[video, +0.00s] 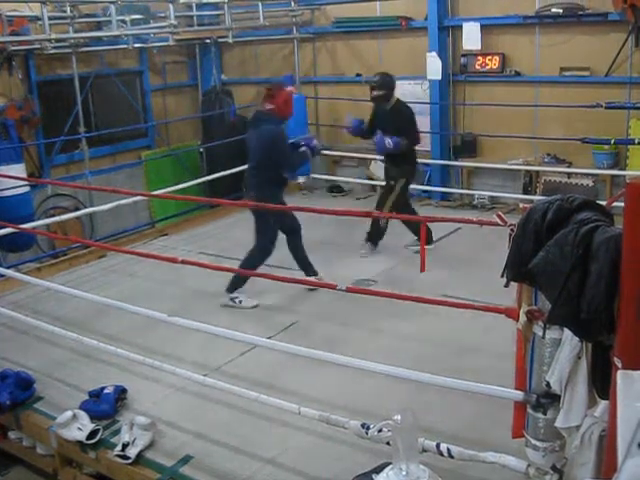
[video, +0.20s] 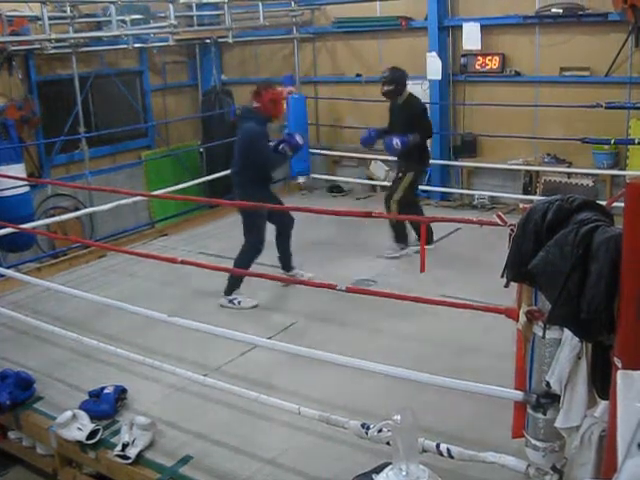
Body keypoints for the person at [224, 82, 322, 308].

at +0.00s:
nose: (291, 108)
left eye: (291, 103)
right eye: (289, 103)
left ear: (270, 104)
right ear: (280, 105)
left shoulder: (258, 125)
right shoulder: (273, 131)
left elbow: (274, 154)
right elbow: (289, 164)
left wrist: (297, 145)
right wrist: (308, 152)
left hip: (260, 192)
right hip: (267, 195)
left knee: (292, 229)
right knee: (265, 245)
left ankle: (311, 275)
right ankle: (232, 290)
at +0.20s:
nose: (280, 108)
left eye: (280, 103)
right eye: (277, 103)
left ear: (262, 104)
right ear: (265, 104)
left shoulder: (255, 126)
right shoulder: (254, 130)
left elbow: (257, 156)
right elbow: (267, 164)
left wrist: (277, 148)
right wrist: (288, 150)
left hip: (258, 191)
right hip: (250, 193)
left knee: (285, 221)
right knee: (254, 243)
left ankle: (288, 270)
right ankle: (230, 293)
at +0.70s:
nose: (281, 112)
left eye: (283, 108)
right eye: (278, 107)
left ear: (279, 108)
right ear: (268, 106)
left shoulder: (267, 124)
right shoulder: (251, 124)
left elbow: (279, 144)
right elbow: (273, 147)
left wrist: (295, 129)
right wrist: (293, 134)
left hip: (248, 181)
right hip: (230, 181)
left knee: (267, 222)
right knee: (235, 230)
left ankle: (268, 270)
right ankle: (220, 277)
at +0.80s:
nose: (277, 112)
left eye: (278, 108)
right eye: (275, 108)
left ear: (266, 106)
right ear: (266, 106)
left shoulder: (261, 123)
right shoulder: (246, 124)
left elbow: (279, 143)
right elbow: (276, 145)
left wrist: (290, 117)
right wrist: (288, 122)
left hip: (247, 181)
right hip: (227, 181)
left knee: (263, 222)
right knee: (229, 229)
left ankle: (269, 269)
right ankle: (214, 270)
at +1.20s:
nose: (243, 112)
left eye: (244, 107)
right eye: (239, 108)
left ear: (244, 107)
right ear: (228, 109)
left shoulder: (242, 123)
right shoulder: (212, 126)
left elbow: (255, 146)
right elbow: (218, 154)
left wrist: (263, 127)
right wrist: (238, 133)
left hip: (237, 180)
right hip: (213, 182)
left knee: (256, 219)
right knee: (208, 224)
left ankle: (269, 265)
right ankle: (203, 265)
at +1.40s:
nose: (242, 111)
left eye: (244, 107)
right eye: (238, 107)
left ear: (245, 108)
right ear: (227, 106)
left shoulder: (245, 123)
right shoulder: (213, 124)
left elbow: (259, 148)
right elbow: (213, 151)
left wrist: (265, 129)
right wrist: (234, 132)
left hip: (238, 181)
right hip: (215, 183)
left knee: (261, 215)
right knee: (208, 224)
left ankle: (269, 262)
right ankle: (202, 265)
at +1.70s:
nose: (280, 109)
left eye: (281, 104)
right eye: (275, 105)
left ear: (282, 106)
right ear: (264, 108)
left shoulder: (285, 125)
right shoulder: (251, 129)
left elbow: (316, 124)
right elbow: (228, 153)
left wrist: (340, 110)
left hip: (272, 187)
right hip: (246, 187)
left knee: (299, 219)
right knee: (222, 223)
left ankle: (324, 259)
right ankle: (205, 264)